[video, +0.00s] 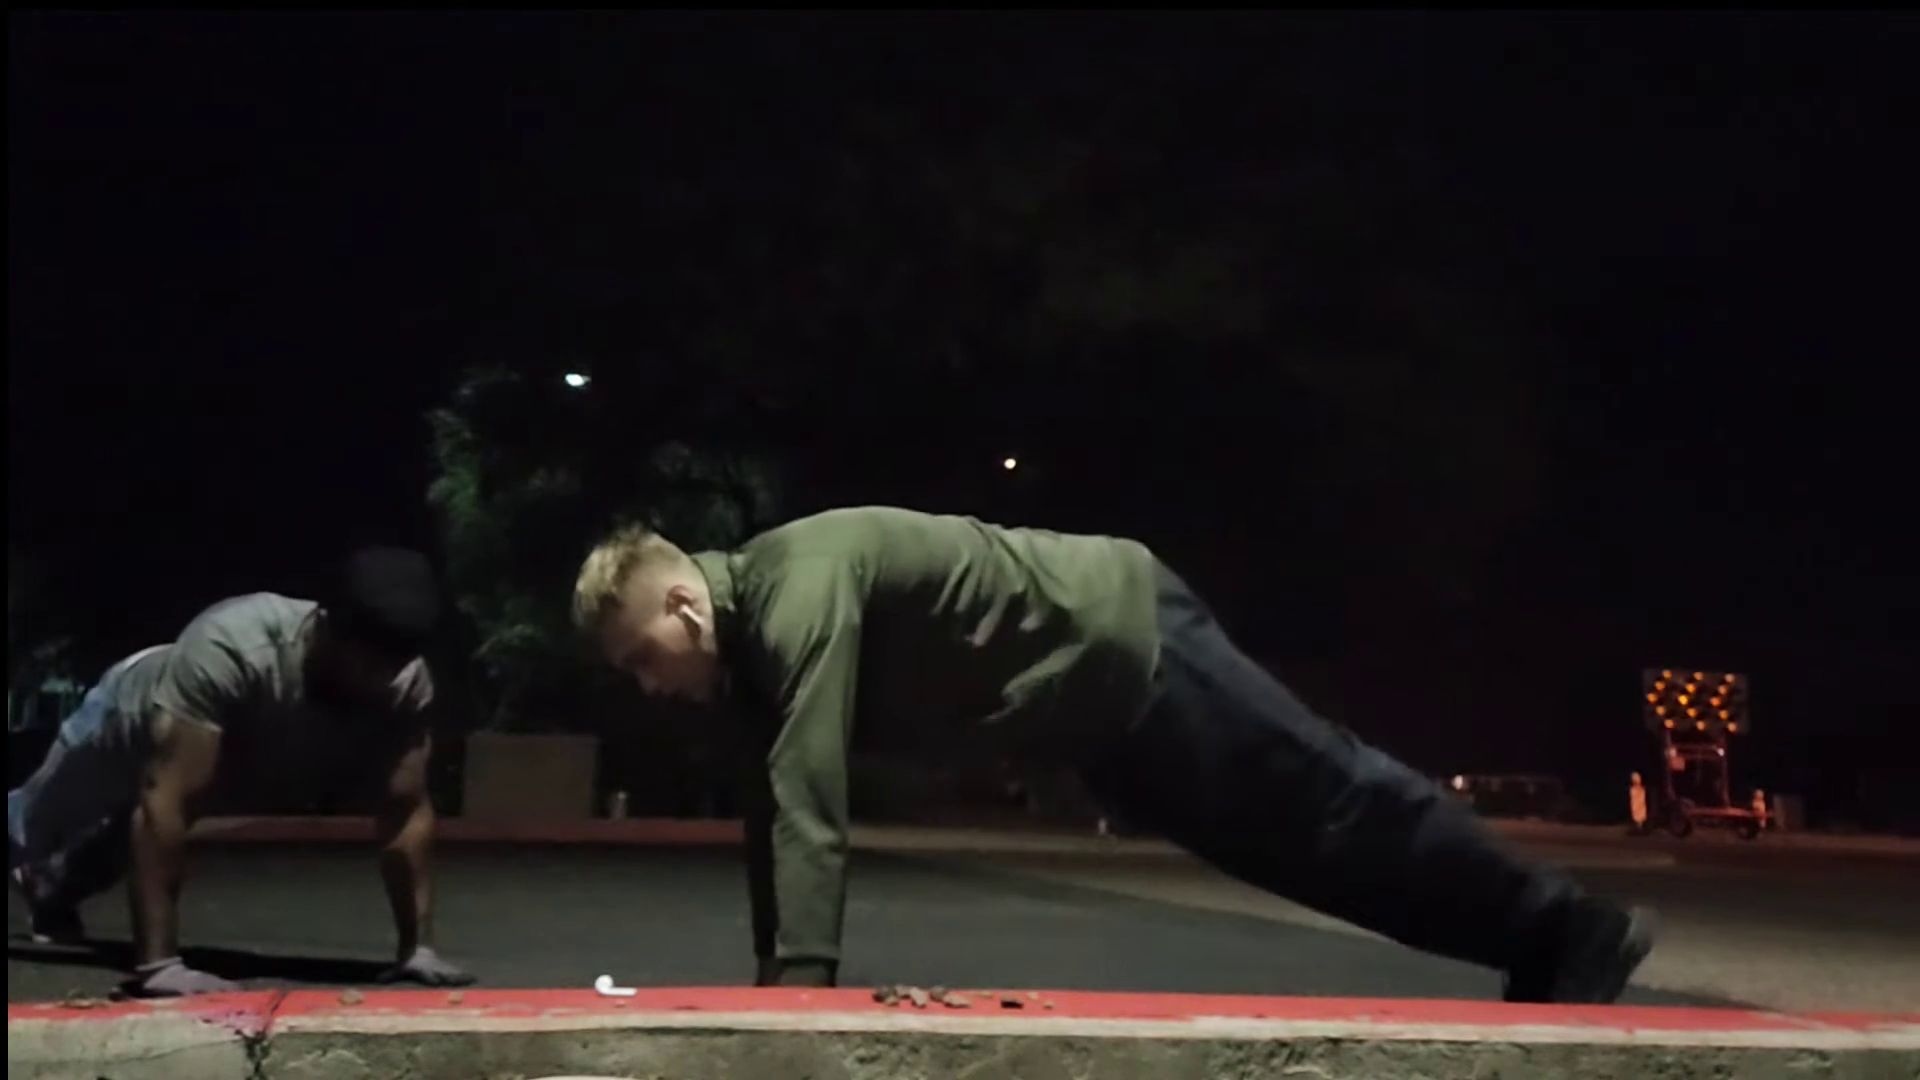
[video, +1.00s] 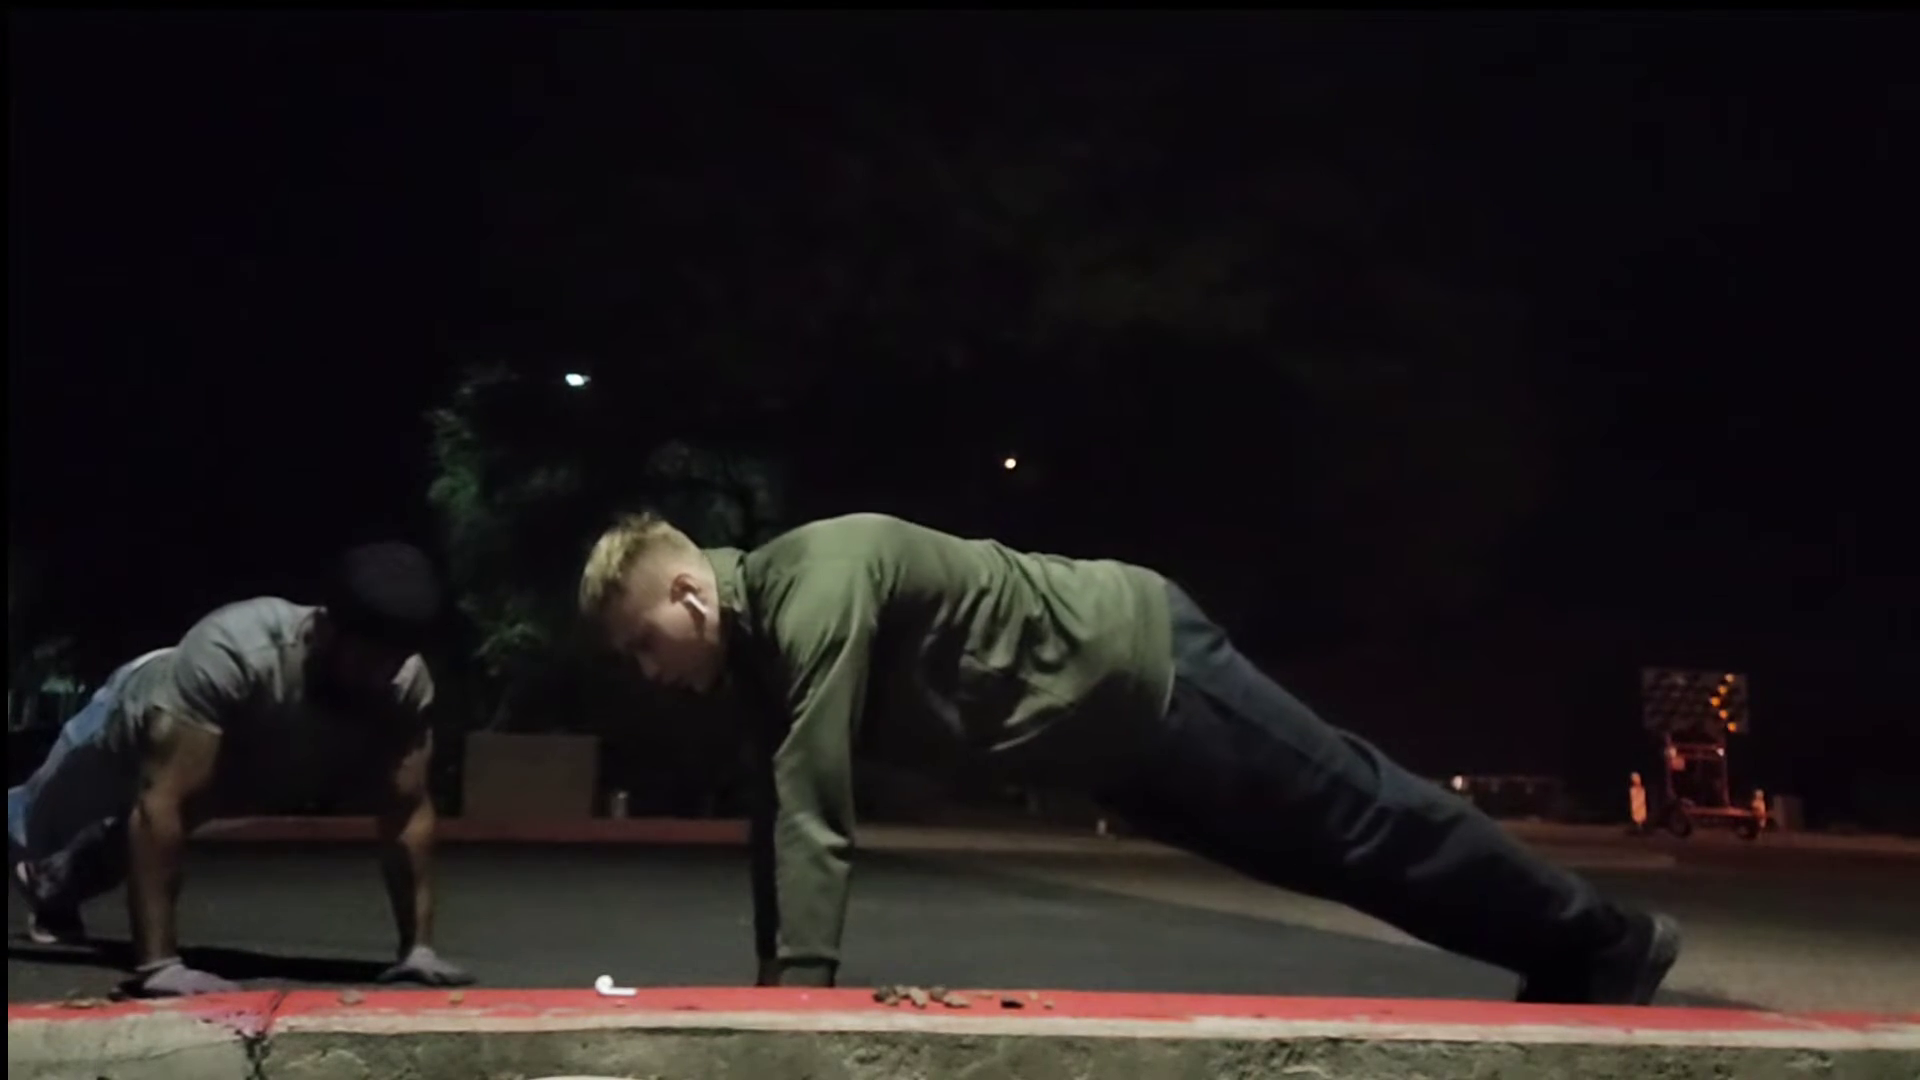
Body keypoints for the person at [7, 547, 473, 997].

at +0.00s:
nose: (393, 668)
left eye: (404, 654)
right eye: (379, 648)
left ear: (412, 650)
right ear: (333, 628)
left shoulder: (405, 686)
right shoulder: (228, 650)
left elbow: (408, 813)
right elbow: (161, 805)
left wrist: (417, 949)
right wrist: (158, 961)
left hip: (217, 750)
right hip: (127, 727)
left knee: (116, 848)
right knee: (35, 821)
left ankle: (54, 892)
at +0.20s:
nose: (392, 665)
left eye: (403, 650)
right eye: (377, 644)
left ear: (411, 646)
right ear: (332, 627)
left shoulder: (406, 686)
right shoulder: (228, 651)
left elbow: (409, 814)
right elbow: (160, 805)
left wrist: (417, 948)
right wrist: (158, 961)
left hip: (217, 755)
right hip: (127, 731)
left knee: (117, 847)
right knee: (35, 821)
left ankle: (55, 896)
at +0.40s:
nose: (389, 667)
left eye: (400, 651)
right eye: (374, 646)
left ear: (409, 646)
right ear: (328, 629)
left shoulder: (405, 687)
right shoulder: (227, 649)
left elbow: (409, 814)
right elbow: (158, 805)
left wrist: (418, 948)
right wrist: (157, 961)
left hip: (217, 757)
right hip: (125, 733)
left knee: (120, 845)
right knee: (32, 821)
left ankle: (53, 891)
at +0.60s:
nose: (388, 666)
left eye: (400, 650)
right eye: (374, 645)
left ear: (409, 646)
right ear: (329, 629)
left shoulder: (405, 686)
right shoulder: (229, 650)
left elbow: (409, 814)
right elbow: (158, 804)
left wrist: (418, 948)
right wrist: (157, 960)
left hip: (219, 758)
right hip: (127, 732)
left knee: (125, 843)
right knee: (34, 820)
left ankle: (55, 890)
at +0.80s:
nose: (391, 666)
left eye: (402, 650)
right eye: (376, 645)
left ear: (410, 646)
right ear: (330, 629)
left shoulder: (405, 686)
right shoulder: (230, 651)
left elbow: (410, 814)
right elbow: (158, 805)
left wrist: (418, 948)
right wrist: (157, 960)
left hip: (218, 758)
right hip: (127, 733)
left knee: (123, 846)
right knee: (35, 821)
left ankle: (55, 891)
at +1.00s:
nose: (392, 664)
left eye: (403, 649)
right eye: (377, 643)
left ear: (411, 645)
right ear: (330, 629)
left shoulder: (405, 685)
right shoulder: (231, 652)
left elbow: (411, 815)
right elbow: (159, 807)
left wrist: (418, 948)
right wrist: (157, 961)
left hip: (218, 756)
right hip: (127, 732)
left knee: (125, 844)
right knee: (37, 818)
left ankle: (55, 891)